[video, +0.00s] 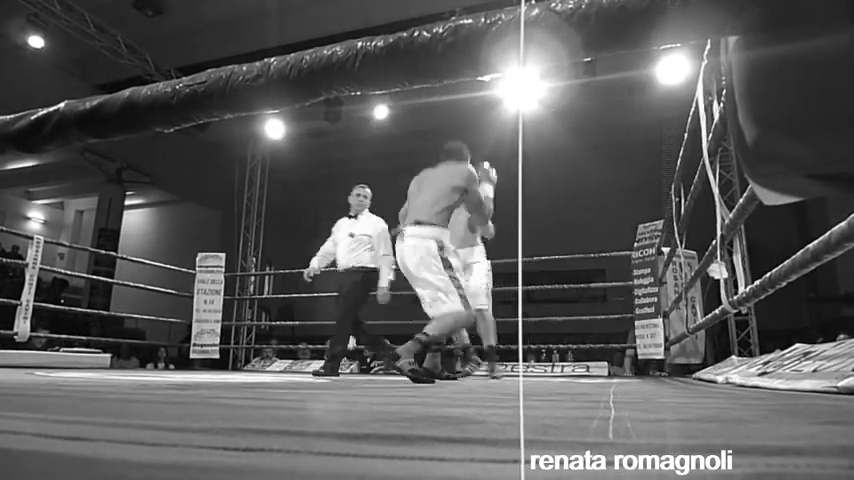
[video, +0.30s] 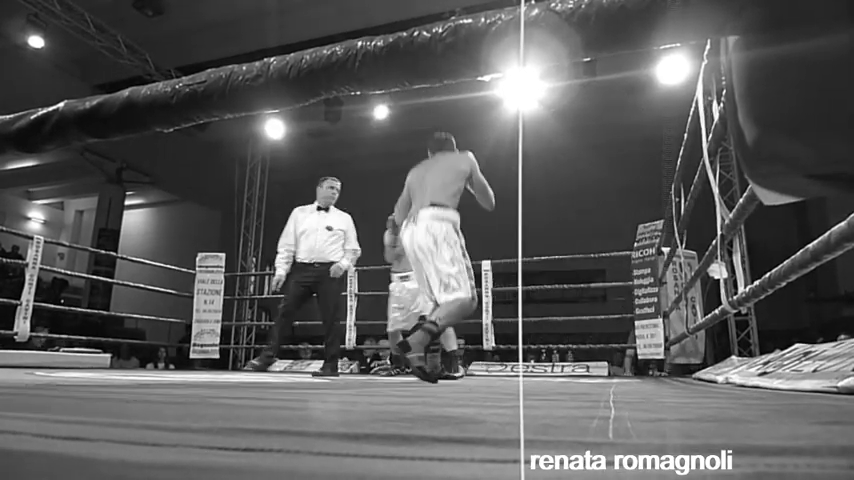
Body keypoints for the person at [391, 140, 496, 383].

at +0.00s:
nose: (470, 166)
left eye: (468, 162)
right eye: (469, 162)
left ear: (443, 157)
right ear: (466, 159)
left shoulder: (422, 176)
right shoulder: (464, 171)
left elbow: (403, 215)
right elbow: (482, 215)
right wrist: (488, 184)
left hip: (405, 242)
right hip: (429, 243)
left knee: (440, 307)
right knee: (464, 313)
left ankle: (432, 364)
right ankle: (407, 352)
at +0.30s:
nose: (457, 151)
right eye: (456, 148)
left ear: (430, 153)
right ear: (455, 148)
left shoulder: (415, 172)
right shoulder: (465, 159)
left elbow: (399, 215)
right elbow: (489, 202)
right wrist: (470, 180)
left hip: (411, 230)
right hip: (440, 226)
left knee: (435, 300)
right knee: (464, 298)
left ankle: (451, 361)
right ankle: (418, 338)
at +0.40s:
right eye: (454, 127)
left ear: (428, 128)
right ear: (454, 126)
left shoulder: (410, 150)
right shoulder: (465, 140)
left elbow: (396, 192)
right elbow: (479, 188)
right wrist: (463, 170)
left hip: (408, 211)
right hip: (441, 207)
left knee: (427, 290)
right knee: (452, 285)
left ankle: (423, 357)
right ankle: (435, 352)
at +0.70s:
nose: (443, 121)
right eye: (444, 116)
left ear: (415, 116)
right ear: (442, 116)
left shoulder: (394, 140)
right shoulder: (452, 138)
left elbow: (379, 185)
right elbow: (462, 188)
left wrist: (403, 177)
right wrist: (445, 178)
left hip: (393, 211)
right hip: (429, 210)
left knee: (399, 287)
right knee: (441, 287)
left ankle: (388, 344)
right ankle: (435, 362)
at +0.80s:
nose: (433, 116)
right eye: (434, 111)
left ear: (405, 112)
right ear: (434, 111)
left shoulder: (386, 133)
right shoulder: (446, 131)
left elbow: (369, 177)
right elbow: (455, 180)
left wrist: (397, 169)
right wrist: (439, 170)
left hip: (383, 203)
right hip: (422, 204)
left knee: (378, 278)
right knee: (435, 282)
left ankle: (369, 355)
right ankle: (437, 356)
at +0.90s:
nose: (421, 118)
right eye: (419, 114)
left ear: (392, 118)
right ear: (417, 116)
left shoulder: (371, 144)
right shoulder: (432, 141)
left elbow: (352, 185)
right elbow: (444, 189)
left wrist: (379, 183)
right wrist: (424, 173)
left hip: (372, 213)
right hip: (412, 214)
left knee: (357, 276)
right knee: (433, 288)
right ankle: (439, 361)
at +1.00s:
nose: (408, 132)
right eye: (406, 128)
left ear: (376, 131)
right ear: (404, 129)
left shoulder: (358, 156)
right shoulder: (419, 153)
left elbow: (336, 200)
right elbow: (431, 198)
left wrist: (356, 201)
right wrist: (409, 179)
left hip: (361, 225)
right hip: (403, 226)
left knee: (335, 291)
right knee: (428, 294)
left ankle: (297, 358)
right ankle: (437, 367)